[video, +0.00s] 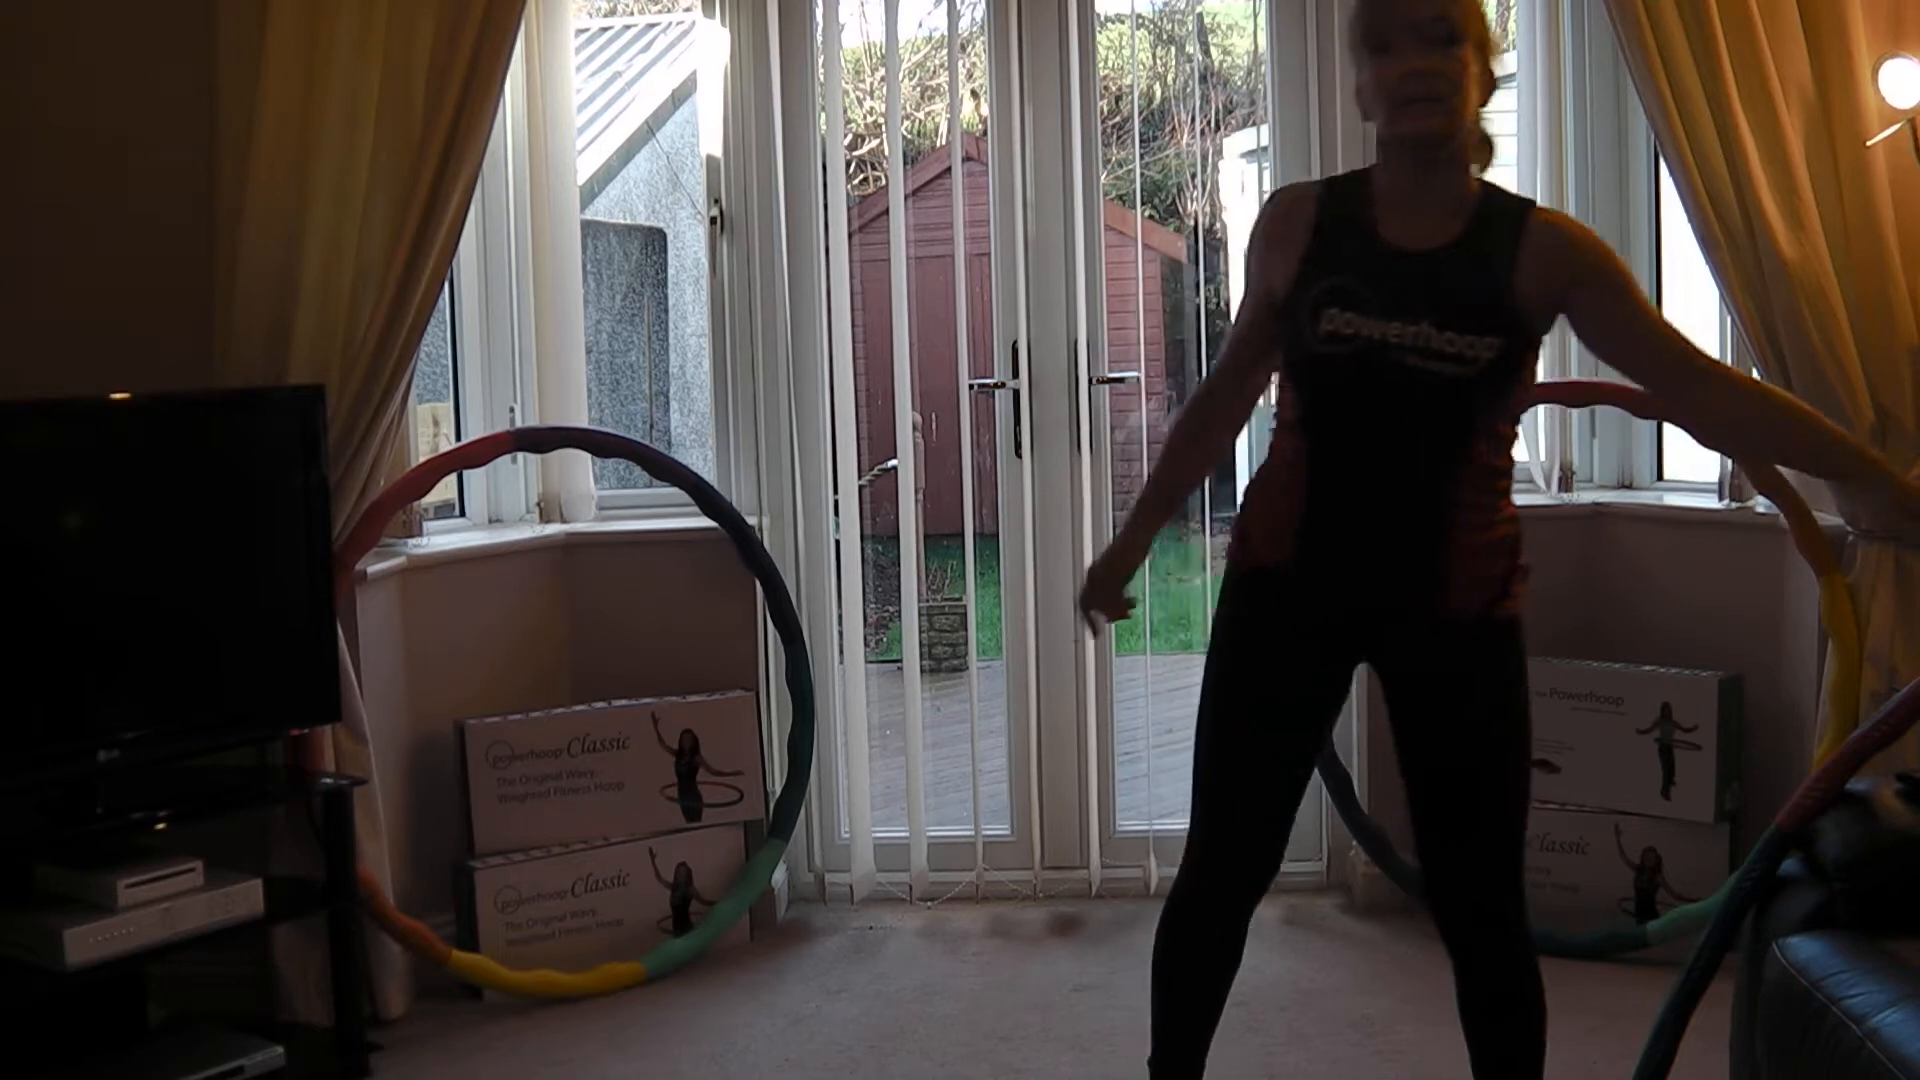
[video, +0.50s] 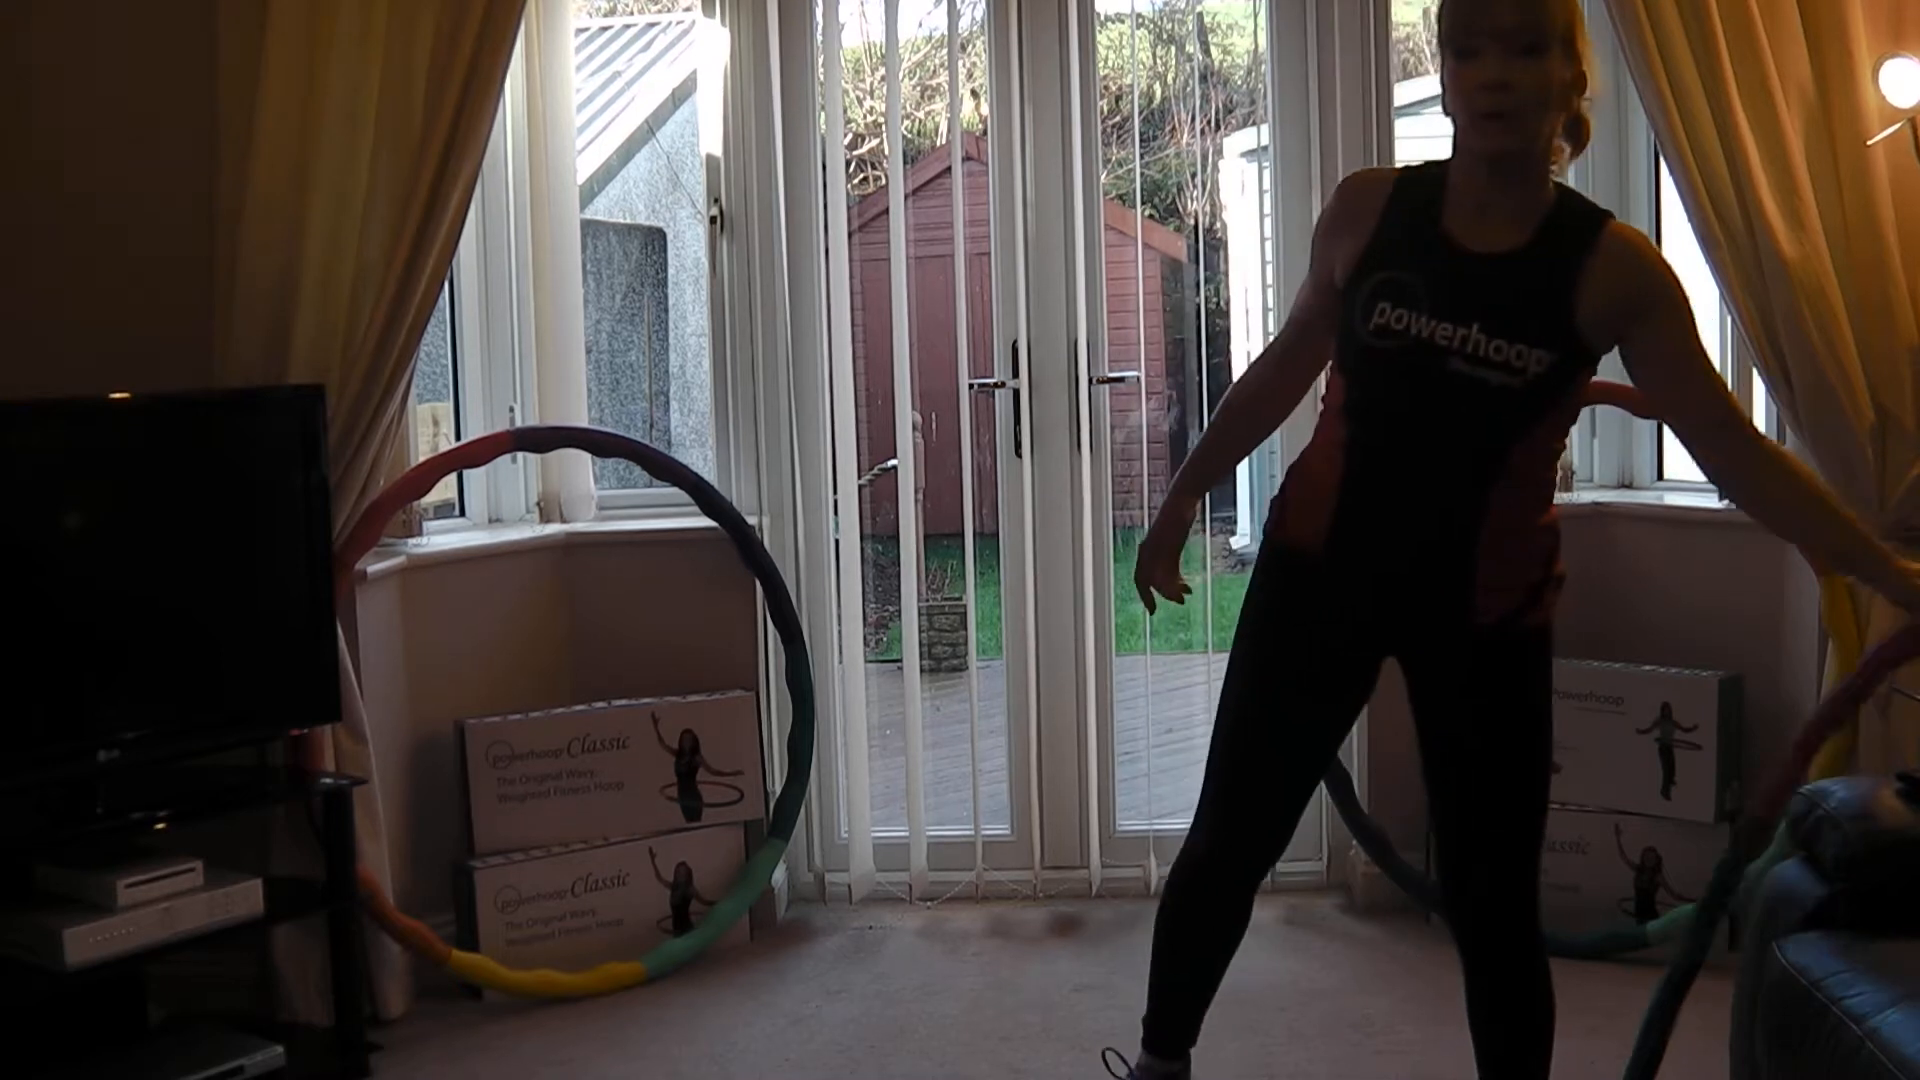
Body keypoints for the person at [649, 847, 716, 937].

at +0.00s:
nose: (681, 874)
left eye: (684, 872)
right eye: (679, 872)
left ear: (688, 874)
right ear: (675, 874)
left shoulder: (690, 889)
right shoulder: (673, 887)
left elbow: (703, 902)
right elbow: (659, 878)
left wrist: (717, 903)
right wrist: (652, 860)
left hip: (686, 924)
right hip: (676, 924)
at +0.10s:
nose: (681, 875)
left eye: (684, 872)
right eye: (679, 872)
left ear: (688, 874)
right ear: (675, 874)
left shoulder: (690, 889)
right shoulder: (673, 887)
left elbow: (703, 902)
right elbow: (659, 878)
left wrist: (717, 903)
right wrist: (653, 860)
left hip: (686, 924)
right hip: (676, 924)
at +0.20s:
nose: (681, 875)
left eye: (684, 872)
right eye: (679, 872)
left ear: (688, 874)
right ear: (675, 874)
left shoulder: (690, 889)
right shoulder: (673, 887)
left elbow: (703, 902)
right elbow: (659, 878)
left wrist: (717, 903)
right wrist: (653, 860)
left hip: (686, 924)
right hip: (676, 924)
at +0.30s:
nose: (681, 874)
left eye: (684, 872)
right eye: (679, 872)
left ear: (688, 874)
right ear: (675, 874)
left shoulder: (690, 889)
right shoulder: (673, 887)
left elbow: (704, 902)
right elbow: (659, 878)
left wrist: (718, 903)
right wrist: (653, 860)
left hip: (686, 924)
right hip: (676, 924)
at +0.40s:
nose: (681, 874)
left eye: (684, 872)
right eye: (678, 872)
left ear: (688, 874)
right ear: (675, 874)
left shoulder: (690, 889)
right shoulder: (673, 887)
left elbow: (704, 902)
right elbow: (659, 878)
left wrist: (718, 903)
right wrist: (653, 860)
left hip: (686, 924)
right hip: (676, 924)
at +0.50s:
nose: (681, 874)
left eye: (684, 871)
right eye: (678, 871)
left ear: (688, 874)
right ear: (675, 874)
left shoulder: (690, 889)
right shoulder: (673, 887)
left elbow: (704, 902)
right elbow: (659, 878)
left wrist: (718, 903)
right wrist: (652, 860)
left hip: (686, 924)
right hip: (676, 924)